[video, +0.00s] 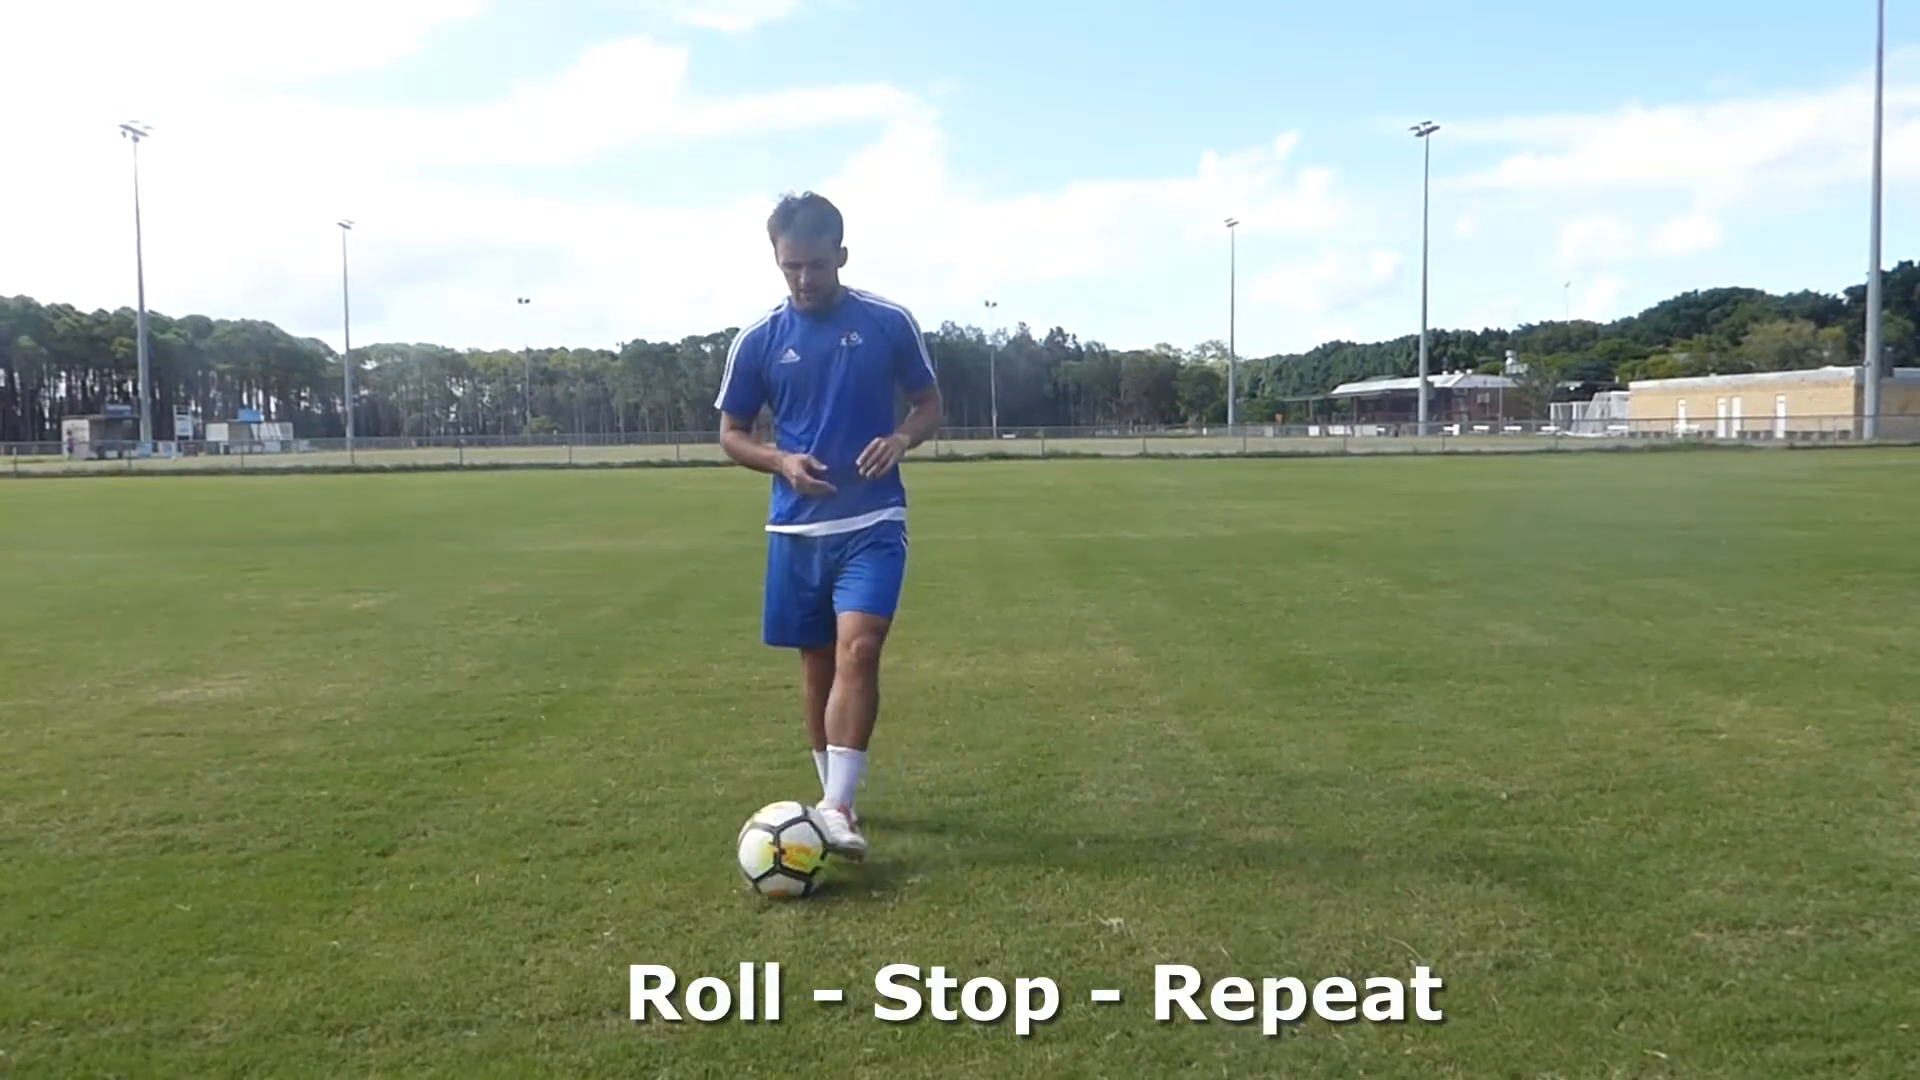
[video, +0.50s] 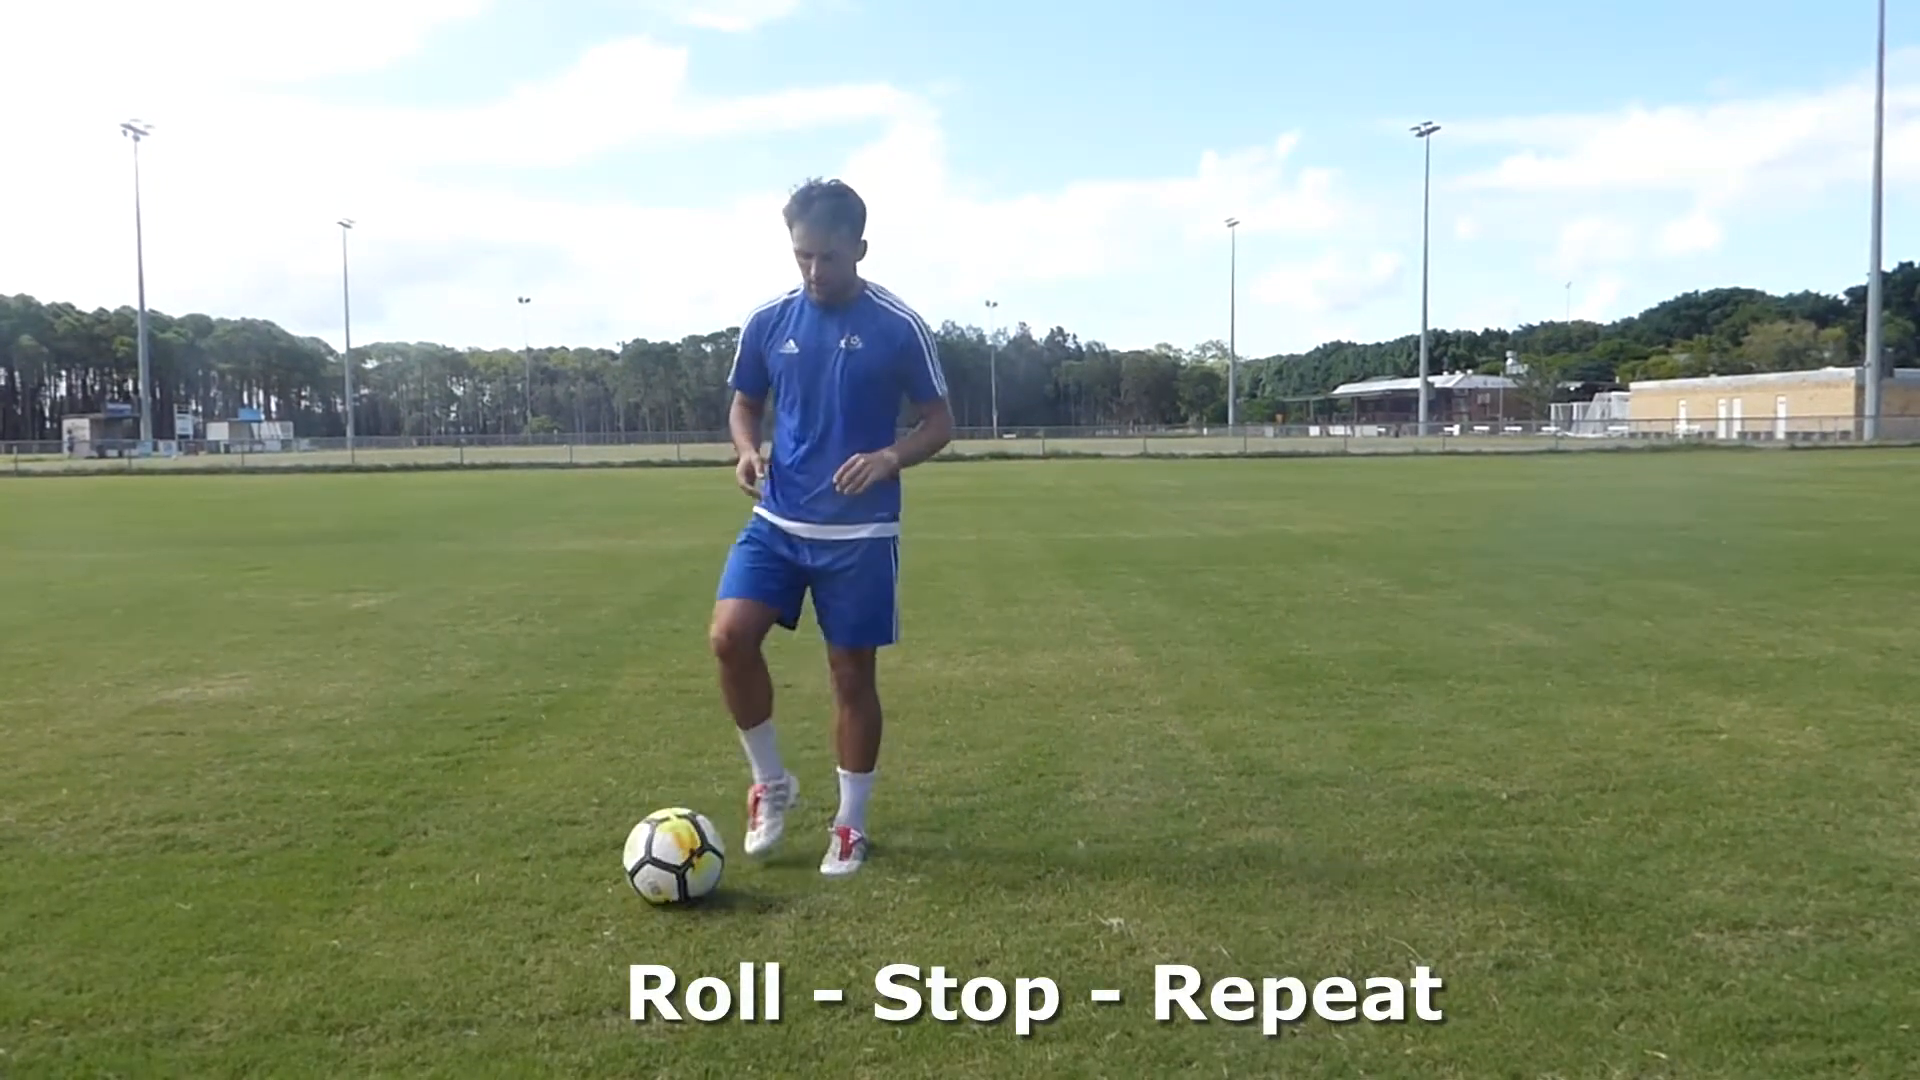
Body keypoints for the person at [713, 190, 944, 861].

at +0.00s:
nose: (805, 280)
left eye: (817, 265)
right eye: (790, 266)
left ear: (841, 255)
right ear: (774, 259)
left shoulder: (888, 323)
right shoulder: (758, 342)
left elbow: (930, 407)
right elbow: (731, 435)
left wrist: (901, 438)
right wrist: (780, 460)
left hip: (872, 524)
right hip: (797, 531)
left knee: (860, 651)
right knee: (819, 671)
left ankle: (839, 806)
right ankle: (835, 805)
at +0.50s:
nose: (816, 272)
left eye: (829, 257)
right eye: (804, 256)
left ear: (859, 247)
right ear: (790, 248)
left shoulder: (899, 326)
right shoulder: (768, 323)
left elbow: (939, 422)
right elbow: (744, 405)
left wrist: (889, 457)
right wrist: (749, 447)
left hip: (857, 534)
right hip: (776, 524)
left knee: (851, 678)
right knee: (729, 637)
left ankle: (849, 825)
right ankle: (770, 783)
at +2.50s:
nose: (886, 282)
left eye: (901, 268)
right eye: (875, 265)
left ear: (931, 257)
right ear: (862, 249)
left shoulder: (958, 335)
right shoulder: (826, 316)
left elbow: (973, 412)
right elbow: (767, 408)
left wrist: (989, 489)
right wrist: (764, 477)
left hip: (891, 539)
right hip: (805, 515)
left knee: (867, 688)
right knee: (730, 620)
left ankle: (841, 830)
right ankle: (677, 792)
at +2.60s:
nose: (888, 284)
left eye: (903, 270)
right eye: (877, 268)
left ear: (934, 258)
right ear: (863, 252)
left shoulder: (964, 333)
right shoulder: (830, 321)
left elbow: (980, 409)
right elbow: (774, 412)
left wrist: (997, 479)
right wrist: (776, 483)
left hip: (907, 537)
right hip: (823, 517)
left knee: (873, 689)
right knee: (771, 630)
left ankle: (843, 829)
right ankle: (729, 803)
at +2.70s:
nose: (890, 285)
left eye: (905, 270)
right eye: (878, 269)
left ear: (936, 256)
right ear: (864, 254)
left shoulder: (975, 332)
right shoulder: (833, 326)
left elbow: (1001, 406)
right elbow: (787, 413)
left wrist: (1015, 480)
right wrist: (794, 489)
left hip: (923, 537)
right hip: (842, 518)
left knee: (883, 685)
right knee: (834, 639)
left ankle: (847, 829)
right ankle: (820, 815)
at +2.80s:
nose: (891, 288)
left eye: (905, 273)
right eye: (879, 272)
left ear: (936, 256)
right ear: (865, 258)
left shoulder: (983, 332)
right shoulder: (837, 334)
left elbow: (1029, 409)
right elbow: (800, 421)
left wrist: (1040, 487)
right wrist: (812, 494)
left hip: (944, 547)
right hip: (863, 538)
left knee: (897, 695)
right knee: (893, 673)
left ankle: (846, 826)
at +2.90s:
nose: (896, 288)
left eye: (910, 273)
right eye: (885, 273)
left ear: (944, 257)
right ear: (873, 262)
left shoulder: (994, 330)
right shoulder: (848, 344)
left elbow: (1048, 404)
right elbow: (817, 428)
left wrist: (1060, 476)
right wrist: (834, 511)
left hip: (972, 547)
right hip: (892, 548)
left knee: (937, 699)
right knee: (945, 692)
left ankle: (859, 824)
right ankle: (989, 840)